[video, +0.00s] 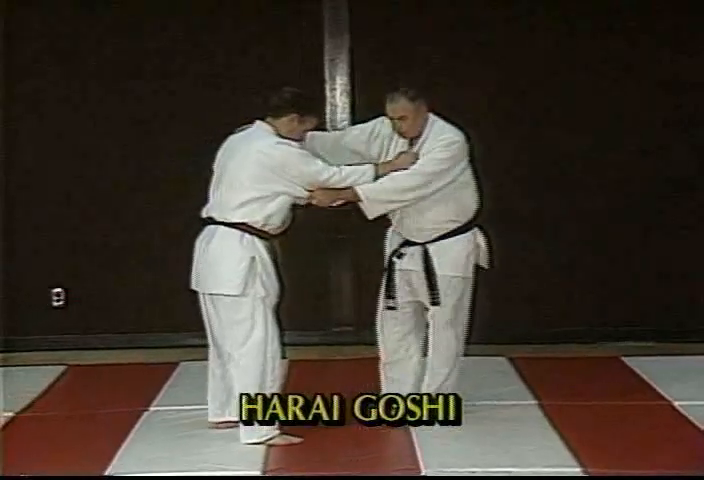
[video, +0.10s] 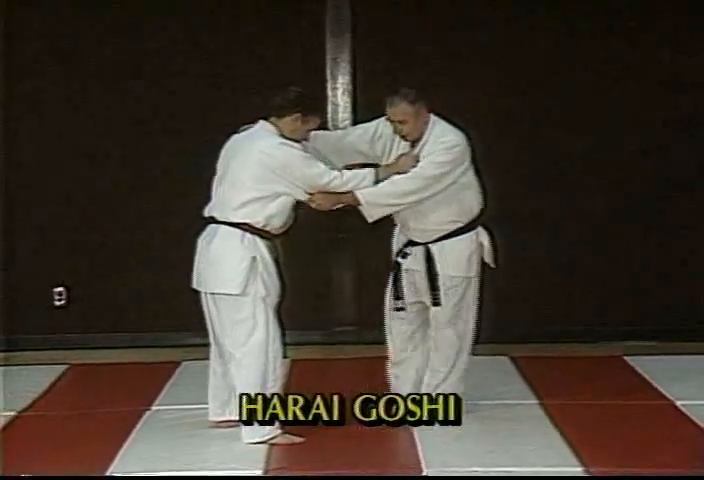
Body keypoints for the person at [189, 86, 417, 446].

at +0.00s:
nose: (305, 136)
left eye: (309, 130)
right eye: (305, 128)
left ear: (276, 117)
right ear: (291, 119)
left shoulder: (237, 140)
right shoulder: (278, 153)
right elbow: (330, 178)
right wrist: (385, 168)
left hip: (210, 246)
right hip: (240, 252)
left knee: (224, 340)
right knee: (254, 341)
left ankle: (222, 410)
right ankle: (258, 427)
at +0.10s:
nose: (309, 135)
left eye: (312, 129)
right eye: (308, 127)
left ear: (279, 117)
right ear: (294, 119)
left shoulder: (241, 139)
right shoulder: (279, 152)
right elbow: (331, 183)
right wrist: (387, 171)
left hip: (213, 245)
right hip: (242, 251)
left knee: (226, 338)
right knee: (256, 340)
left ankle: (223, 409)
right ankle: (259, 426)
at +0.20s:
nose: (310, 134)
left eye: (313, 128)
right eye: (310, 126)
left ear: (282, 115)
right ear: (297, 118)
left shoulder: (242, 139)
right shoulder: (280, 152)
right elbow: (330, 184)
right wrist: (387, 173)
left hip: (215, 243)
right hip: (244, 250)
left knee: (227, 336)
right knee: (258, 339)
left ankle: (224, 408)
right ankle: (260, 426)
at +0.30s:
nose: (312, 134)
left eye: (315, 128)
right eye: (312, 126)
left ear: (283, 115)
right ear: (297, 118)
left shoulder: (244, 139)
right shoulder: (280, 151)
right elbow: (330, 185)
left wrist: (335, 169)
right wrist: (388, 174)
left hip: (217, 243)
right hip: (246, 250)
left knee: (229, 337)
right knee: (260, 339)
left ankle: (225, 408)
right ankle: (262, 425)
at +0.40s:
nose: (312, 133)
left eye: (315, 127)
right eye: (312, 125)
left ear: (283, 115)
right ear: (297, 117)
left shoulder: (244, 139)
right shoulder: (281, 150)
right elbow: (330, 184)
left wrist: (335, 168)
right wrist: (387, 175)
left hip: (219, 243)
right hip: (249, 250)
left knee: (232, 336)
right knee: (264, 339)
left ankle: (229, 408)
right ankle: (264, 425)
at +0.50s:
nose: (313, 134)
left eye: (316, 127)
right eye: (313, 126)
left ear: (285, 115)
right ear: (297, 117)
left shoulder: (244, 139)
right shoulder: (282, 150)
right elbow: (331, 185)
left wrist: (336, 169)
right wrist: (388, 175)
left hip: (221, 244)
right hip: (251, 250)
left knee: (235, 338)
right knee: (266, 340)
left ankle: (233, 411)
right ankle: (265, 425)